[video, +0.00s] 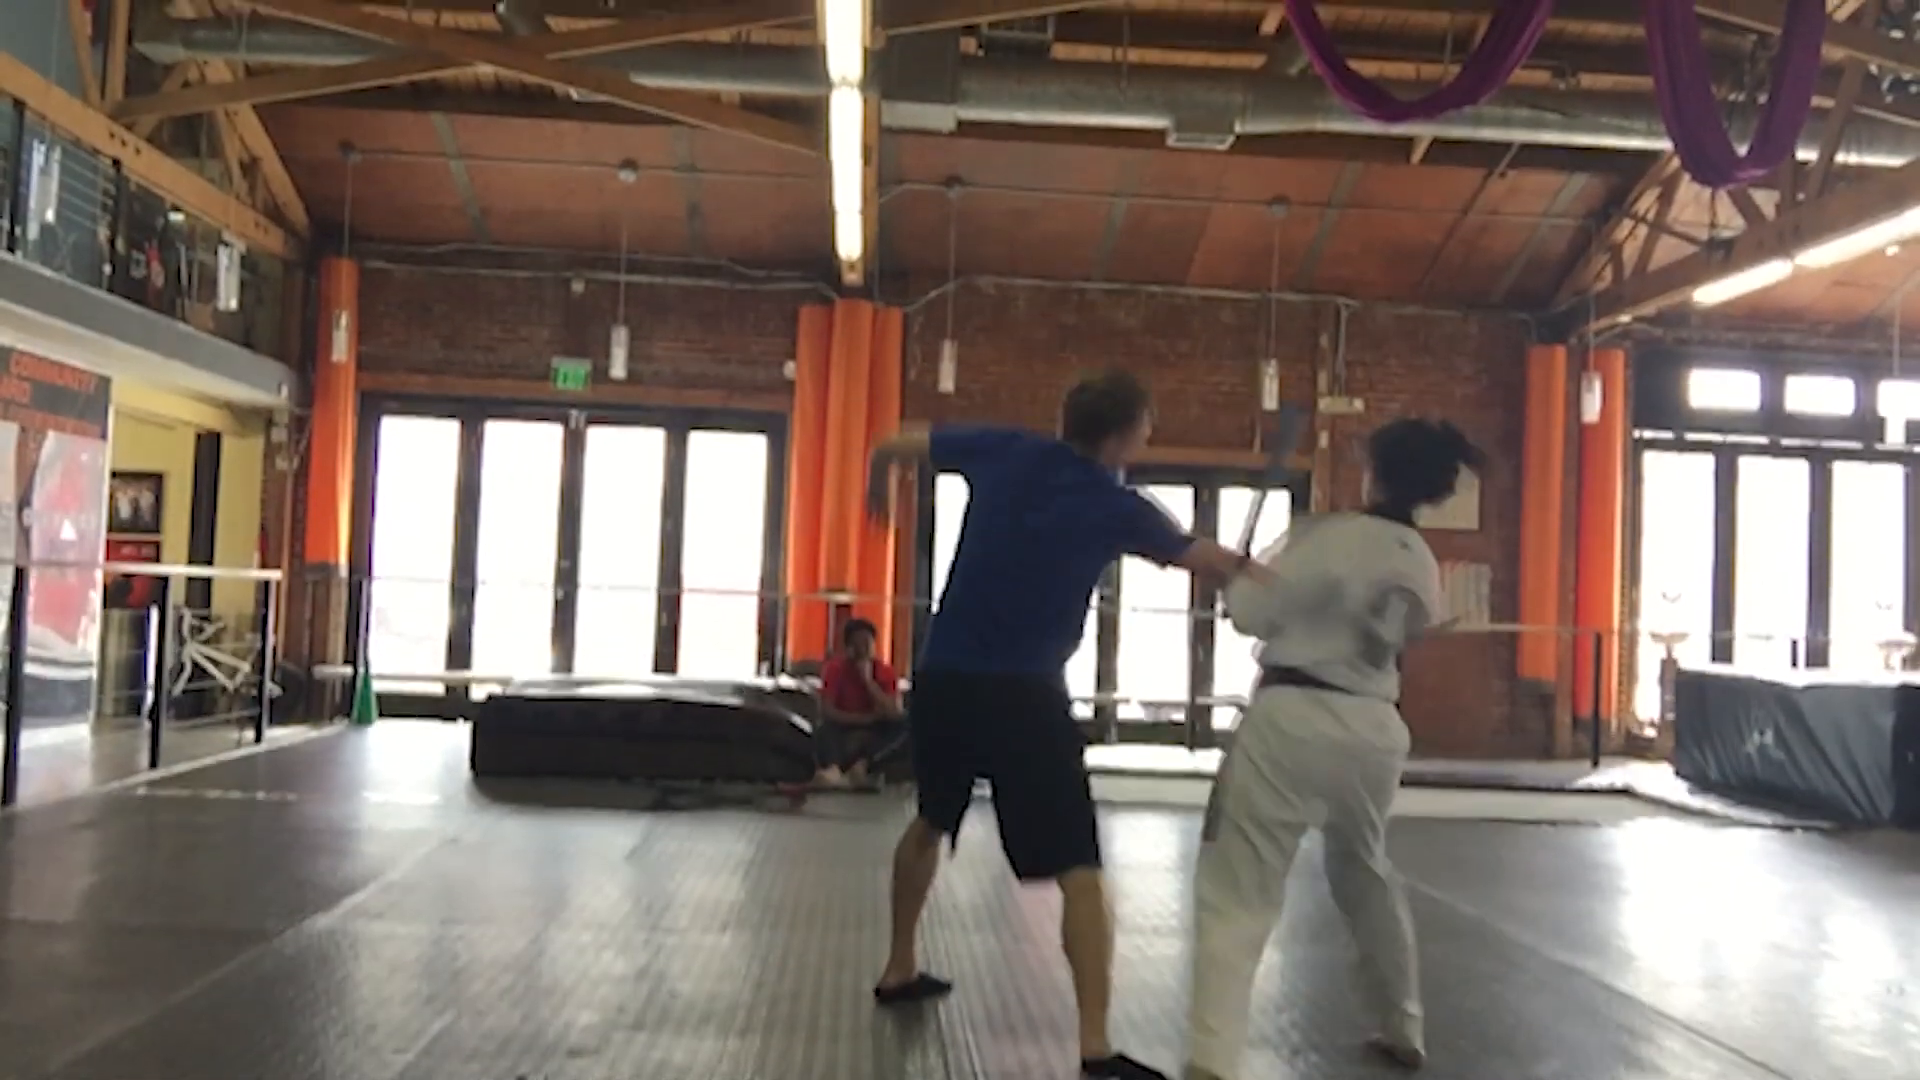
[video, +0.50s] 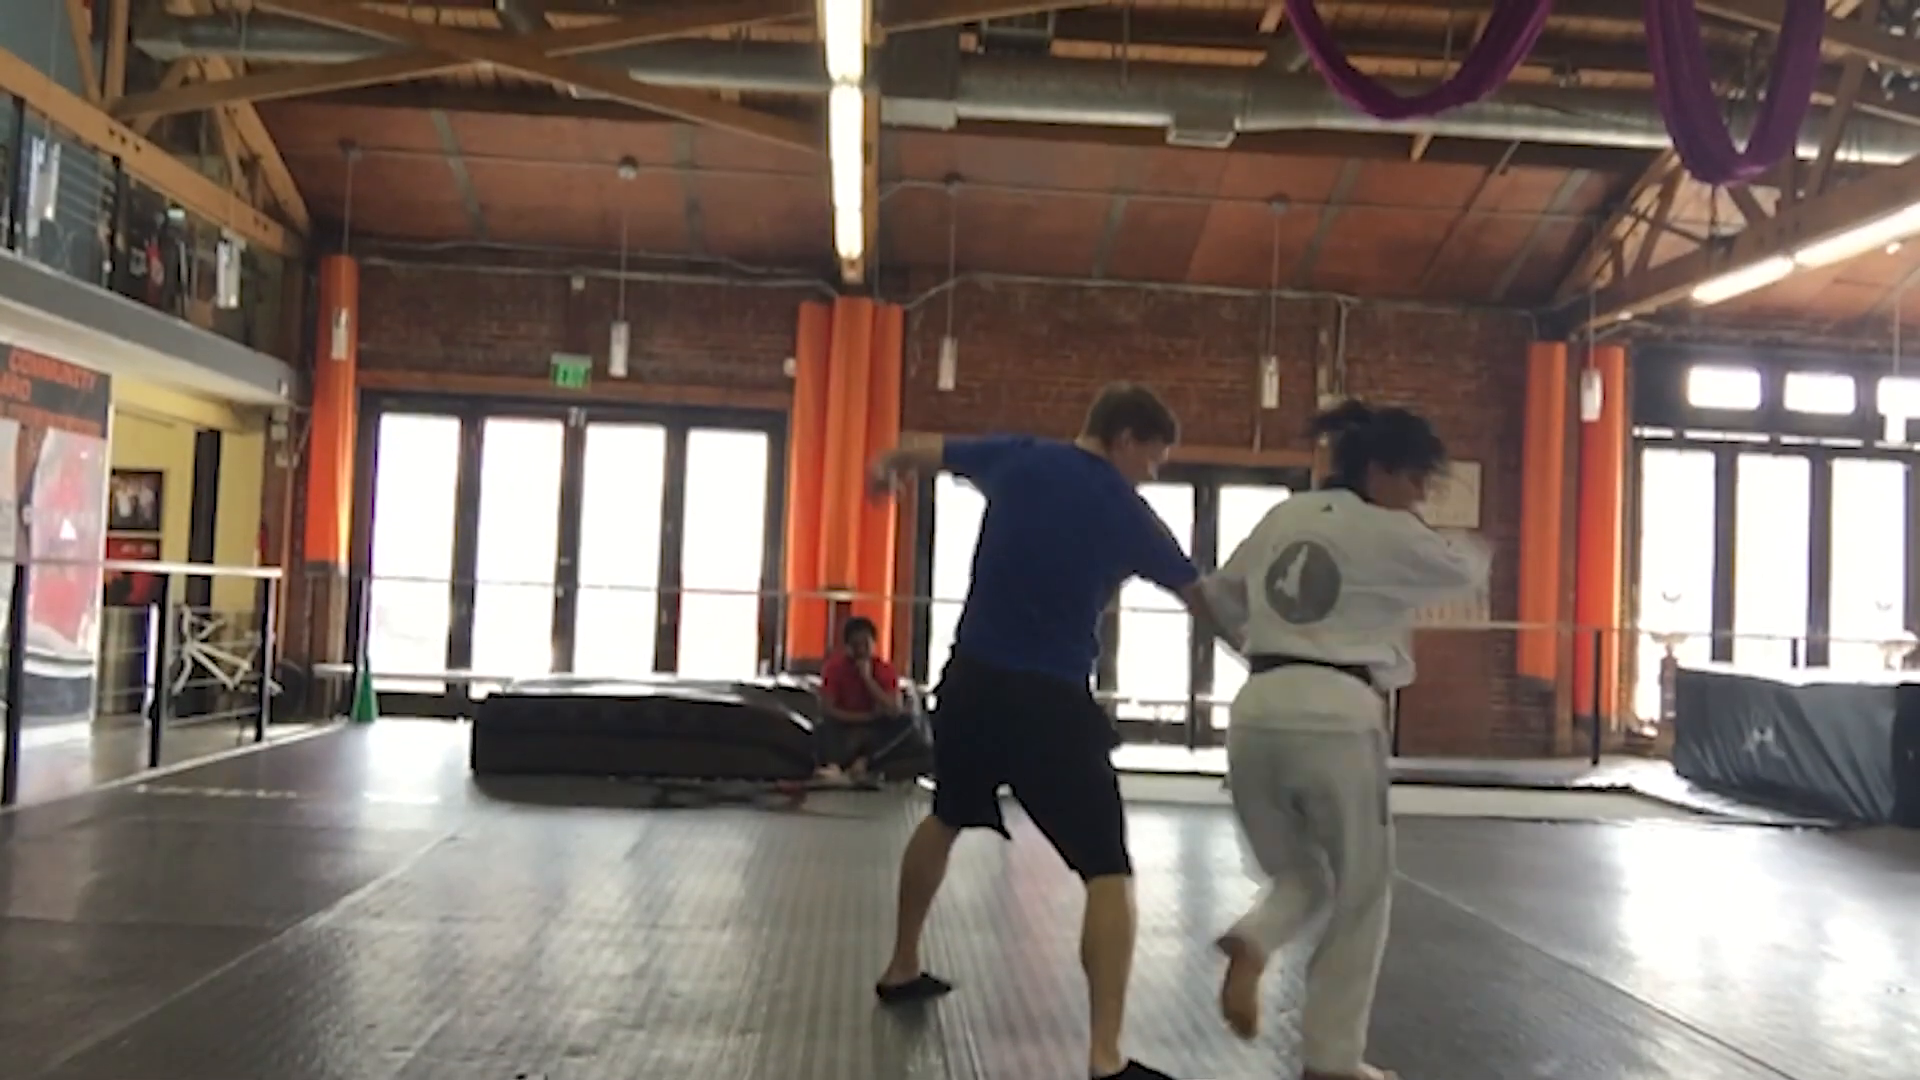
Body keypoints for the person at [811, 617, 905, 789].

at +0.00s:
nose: (863, 648)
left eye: (866, 642)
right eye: (858, 643)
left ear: (873, 643)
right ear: (848, 644)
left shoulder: (884, 671)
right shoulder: (835, 668)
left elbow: (893, 711)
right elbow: (828, 712)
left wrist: (868, 681)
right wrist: (869, 718)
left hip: (874, 725)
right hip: (843, 725)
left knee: (902, 728)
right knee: (826, 729)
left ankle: (864, 765)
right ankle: (832, 768)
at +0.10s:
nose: (864, 647)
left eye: (868, 641)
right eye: (859, 642)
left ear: (874, 643)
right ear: (849, 643)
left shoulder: (883, 669)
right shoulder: (835, 668)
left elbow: (894, 710)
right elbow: (828, 710)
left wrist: (868, 679)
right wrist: (868, 716)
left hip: (875, 725)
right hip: (844, 726)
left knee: (906, 725)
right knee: (824, 729)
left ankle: (867, 765)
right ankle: (832, 767)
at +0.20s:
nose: (863, 649)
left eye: (867, 643)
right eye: (857, 643)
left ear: (874, 644)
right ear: (848, 645)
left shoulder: (884, 671)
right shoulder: (834, 669)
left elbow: (895, 710)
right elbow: (828, 712)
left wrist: (868, 680)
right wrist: (869, 716)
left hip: (875, 725)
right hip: (843, 725)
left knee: (907, 726)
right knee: (824, 728)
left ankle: (864, 764)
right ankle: (831, 768)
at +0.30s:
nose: (863, 650)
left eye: (867, 644)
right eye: (857, 644)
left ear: (873, 645)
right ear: (849, 646)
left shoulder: (884, 672)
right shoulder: (835, 670)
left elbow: (893, 711)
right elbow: (828, 712)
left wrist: (868, 681)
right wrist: (869, 717)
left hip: (875, 725)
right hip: (843, 726)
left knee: (907, 725)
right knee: (824, 729)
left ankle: (865, 765)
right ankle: (831, 768)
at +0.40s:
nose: (863, 648)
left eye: (867, 642)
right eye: (857, 643)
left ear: (873, 643)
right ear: (848, 645)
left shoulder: (884, 670)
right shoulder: (834, 668)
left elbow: (893, 710)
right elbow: (827, 711)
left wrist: (868, 679)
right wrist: (869, 715)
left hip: (875, 724)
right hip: (843, 724)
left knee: (906, 725)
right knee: (824, 728)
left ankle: (864, 764)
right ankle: (832, 767)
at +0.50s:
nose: (861, 650)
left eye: (866, 643)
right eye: (856, 644)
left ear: (873, 643)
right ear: (847, 646)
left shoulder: (884, 669)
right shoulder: (834, 669)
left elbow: (894, 709)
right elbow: (828, 710)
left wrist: (868, 679)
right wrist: (868, 716)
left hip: (875, 723)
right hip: (844, 724)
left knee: (906, 723)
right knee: (824, 727)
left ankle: (866, 764)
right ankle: (831, 766)